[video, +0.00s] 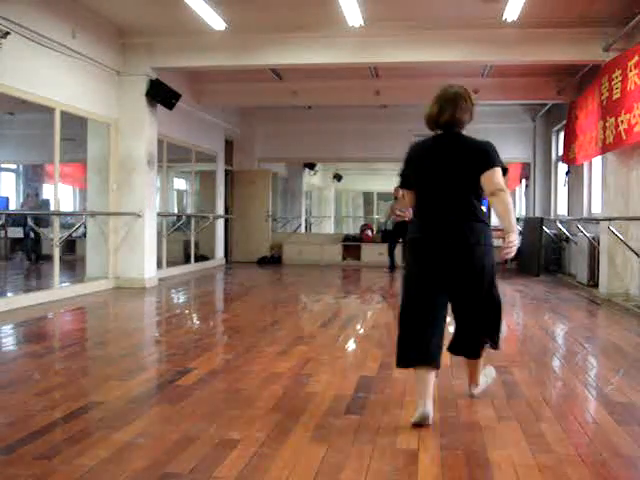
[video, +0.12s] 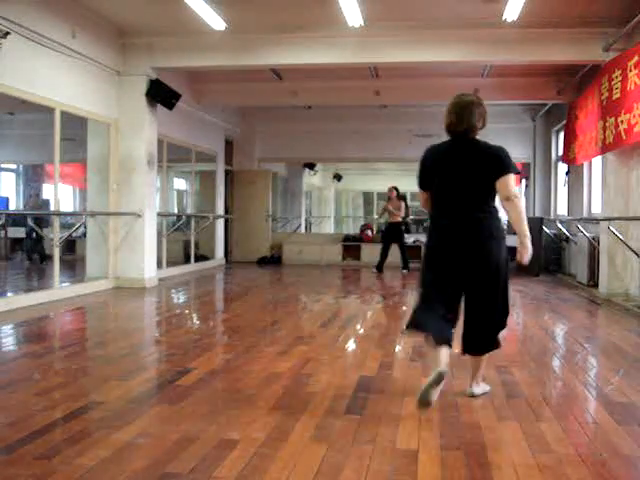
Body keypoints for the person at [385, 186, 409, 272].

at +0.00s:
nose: (395, 194)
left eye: (397, 191)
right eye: (395, 191)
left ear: (401, 192)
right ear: (395, 193)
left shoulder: (407, 203)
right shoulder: (394, 204)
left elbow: (410, 215)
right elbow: (389, 215)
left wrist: (398, 213)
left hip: (406, 223)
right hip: (397, 223)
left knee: (406, 245)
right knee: (391, 245)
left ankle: (407, 265)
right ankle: (392, 265)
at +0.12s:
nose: (390, 193)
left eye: (392, 191)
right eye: (389, 191)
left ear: (396, 193)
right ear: (388, 193)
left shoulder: (401, 203)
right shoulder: (388, 203)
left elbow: (402, 214)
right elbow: (380, 215)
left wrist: (391, 209)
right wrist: (384, 209)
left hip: (398, 224)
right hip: (390, 224)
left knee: (402, 246)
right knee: (385, 247)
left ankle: (405, 267)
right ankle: (379, 267)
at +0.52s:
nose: (371, 191)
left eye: (373, 189)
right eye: (370, 189)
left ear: (376, 191)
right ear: (368, 191)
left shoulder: (377, 200)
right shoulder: (366, 200)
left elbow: (382, 201)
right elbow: (355, 202)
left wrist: (380, 194)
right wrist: (362, 196)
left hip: (376, 222)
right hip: (368, 222)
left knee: (373, 247)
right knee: (372, 247)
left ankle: (367, 268)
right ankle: (379, 268)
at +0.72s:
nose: (364, 189)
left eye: (366, 187)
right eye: (363, 188)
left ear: (370, 190)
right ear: (362, 190)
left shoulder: (372, 201)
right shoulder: (359, 201)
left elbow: (378, 200)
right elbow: (348, 198)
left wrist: (376, 193)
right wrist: (356, 193)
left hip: (370, 221)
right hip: (362, 222)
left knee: (366, 247)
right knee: (361, 247)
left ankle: (363, 270)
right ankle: (374, 263)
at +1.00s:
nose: (352, 190)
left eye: (354, 188)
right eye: (351, 188)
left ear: (358, 190)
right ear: (349, 190)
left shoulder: (360, 200)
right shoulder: (346, 198)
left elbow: (357, 204)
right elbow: (335, 196)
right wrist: (344, 194)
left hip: (357, 222)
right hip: (348, 222)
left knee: (360, 248)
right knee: (344, 248)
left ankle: (362, 270)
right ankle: (337, 270)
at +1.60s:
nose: (325, 188)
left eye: (327, 187)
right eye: (324, 186)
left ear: (331, 190)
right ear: (321, 188)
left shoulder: (331, 200)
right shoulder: (317, 199)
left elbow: (336, 192)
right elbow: (305, 194)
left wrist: (334, 184)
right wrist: (311, 183)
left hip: (327, 222)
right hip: (319, 222)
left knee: (323, 249)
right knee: (322, 249)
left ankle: (316, 272)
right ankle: (332, 270)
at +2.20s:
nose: (297, 188)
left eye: (299, 186)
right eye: (295, 186)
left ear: (302, 187)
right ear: (293, 187)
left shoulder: (305, 197)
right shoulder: (290, 196)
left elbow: (314, 187)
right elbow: (282, 191)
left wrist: (304, 180)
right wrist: (288, 181)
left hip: (301, 221)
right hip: (291, 221)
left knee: (303, 250)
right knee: (289, 250)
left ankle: (312, 271)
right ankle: (286, 274)